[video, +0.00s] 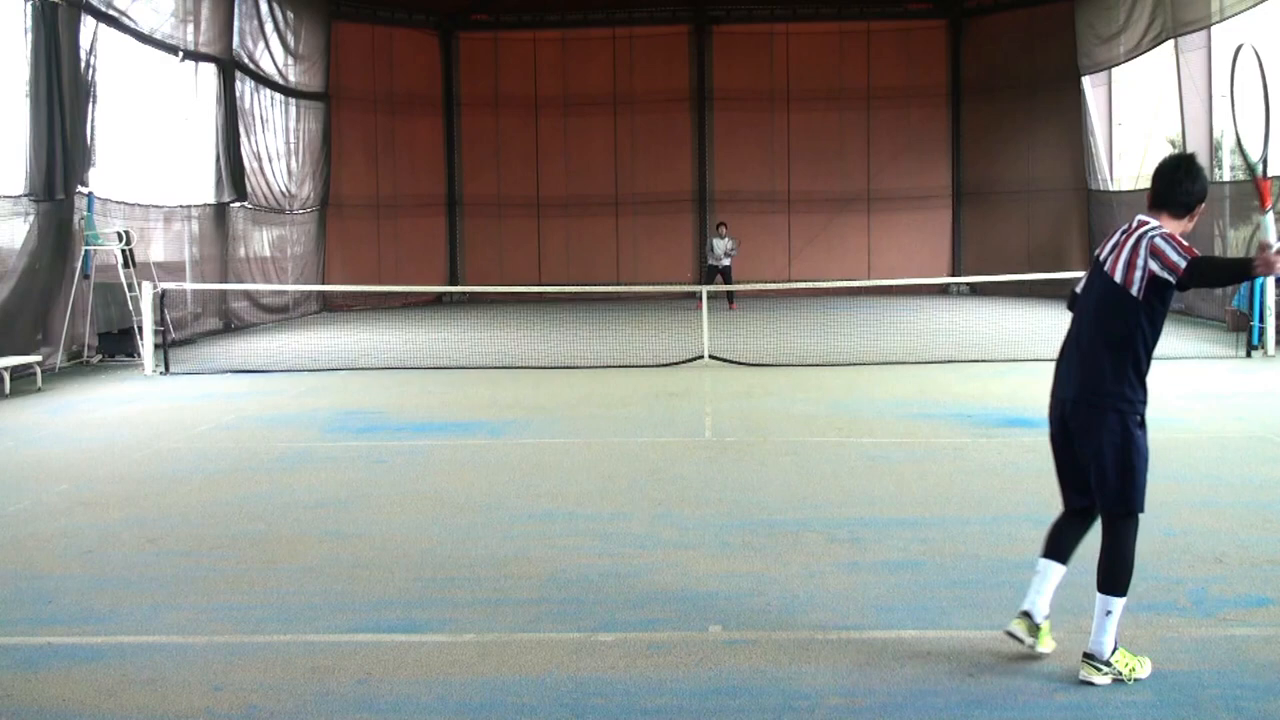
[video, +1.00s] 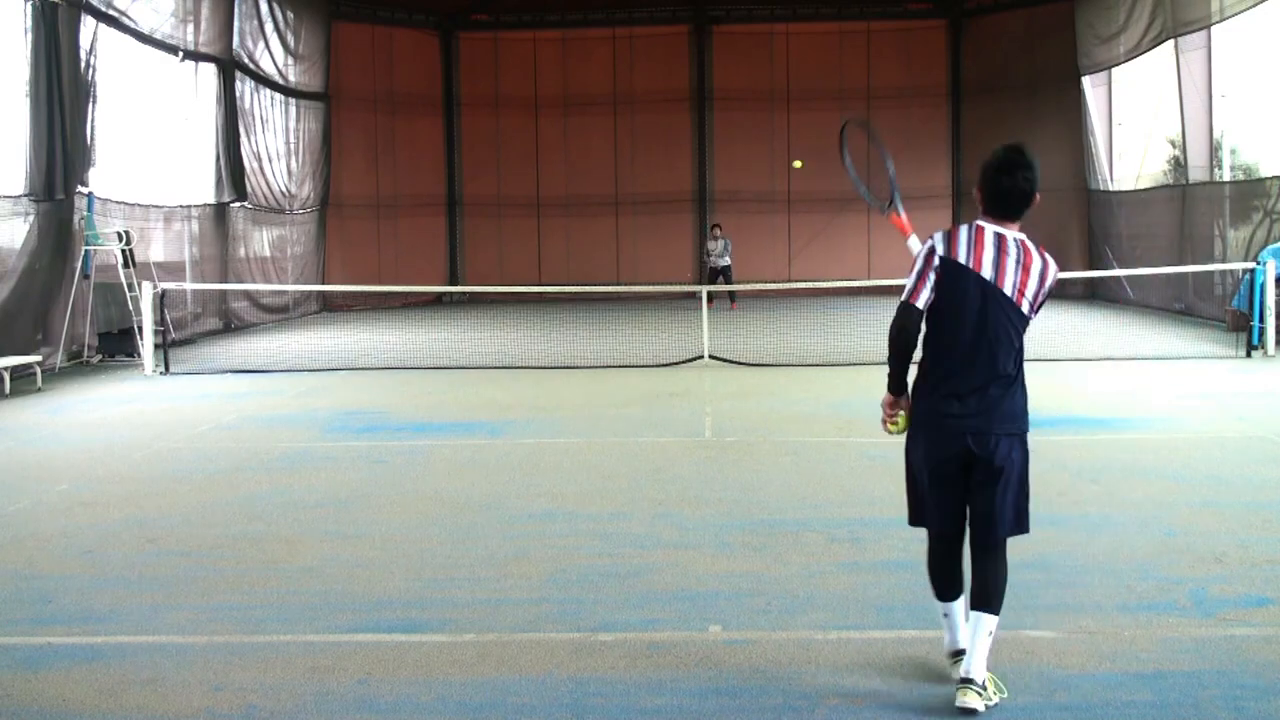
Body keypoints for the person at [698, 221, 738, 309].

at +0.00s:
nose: (722, 231)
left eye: (723, 229)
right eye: (720, 229)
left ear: (726, 230)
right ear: (717, 230)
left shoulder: (730, 241)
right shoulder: (711, 240)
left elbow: (734, 252)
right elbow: (708, 252)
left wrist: (728, 253)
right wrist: (716, 257)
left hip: (725, 265)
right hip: (713, 265)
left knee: (729, 284)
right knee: (707, 283)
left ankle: (731, 303)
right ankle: (701, 301)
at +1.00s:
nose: (716, 232)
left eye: (718, 230)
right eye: (714, 230)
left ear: (720, 231)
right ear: (712, 232)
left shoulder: (726, 242)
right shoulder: (708, 243)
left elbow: (726, 253)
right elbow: (705, 255)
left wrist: (716, 256)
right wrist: (710, 261)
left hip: (724, 265)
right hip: (713, 266)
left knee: (729, 283)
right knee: (710, 284)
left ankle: (733, 302)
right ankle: (710, 302)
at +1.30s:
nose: (725, 236)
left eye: (727, 234)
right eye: (724, 234)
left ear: (730, 235)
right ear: (722, 235)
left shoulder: (733, 244)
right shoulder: (721, 245)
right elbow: (715, 252)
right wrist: (708, 252)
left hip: (732, 268)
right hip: (721, 268)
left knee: (736, 286)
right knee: (713, 286)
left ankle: (745, 302)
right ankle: (710, 302)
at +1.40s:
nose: (730, 235)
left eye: (731, 232)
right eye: (728, 233)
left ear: (734, 234)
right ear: (726, 234)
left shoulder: (737, 242)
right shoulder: (725, 245)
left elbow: (734, 248)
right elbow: (718, 250)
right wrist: (709, 251)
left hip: (737, 267)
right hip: (727, 267)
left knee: (740, 285)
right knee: (720, 285)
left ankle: (745, 302)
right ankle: (714, 301)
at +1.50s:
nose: (732, 233)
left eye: (733, 231)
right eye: (730, 231)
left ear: (737, 232)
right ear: (728, 232)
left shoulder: (740, 241)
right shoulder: (729, 242)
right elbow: (722, 248)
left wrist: (715, 245)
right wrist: (711, 249)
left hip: (742, 264)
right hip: (732, 265)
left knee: (742, 284)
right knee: (727, 283)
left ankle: (746, 302)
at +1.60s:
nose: (733, 232)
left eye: (735, 229)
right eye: (732, 230)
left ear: (738, 230)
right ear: (730, 231)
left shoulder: (742, 240)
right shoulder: (731, 242)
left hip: (746, 262)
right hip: (737, 264)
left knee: (743, 283)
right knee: (734, 283)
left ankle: (745, 301)